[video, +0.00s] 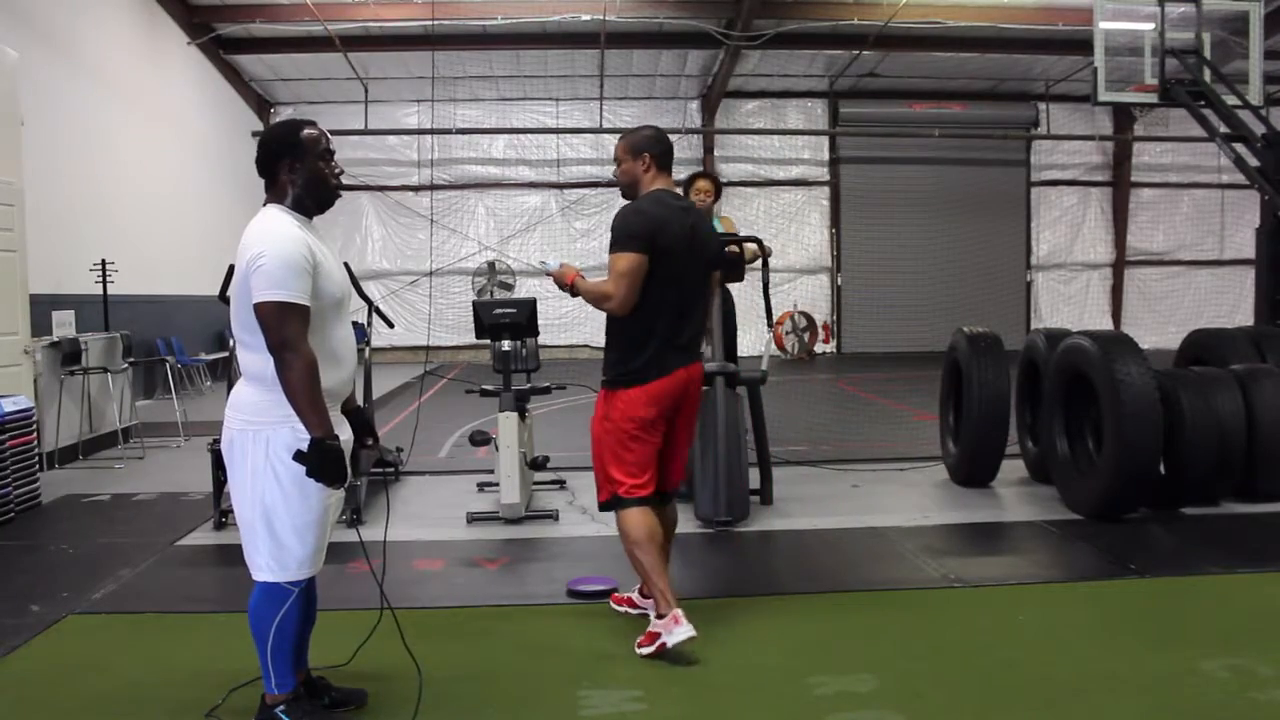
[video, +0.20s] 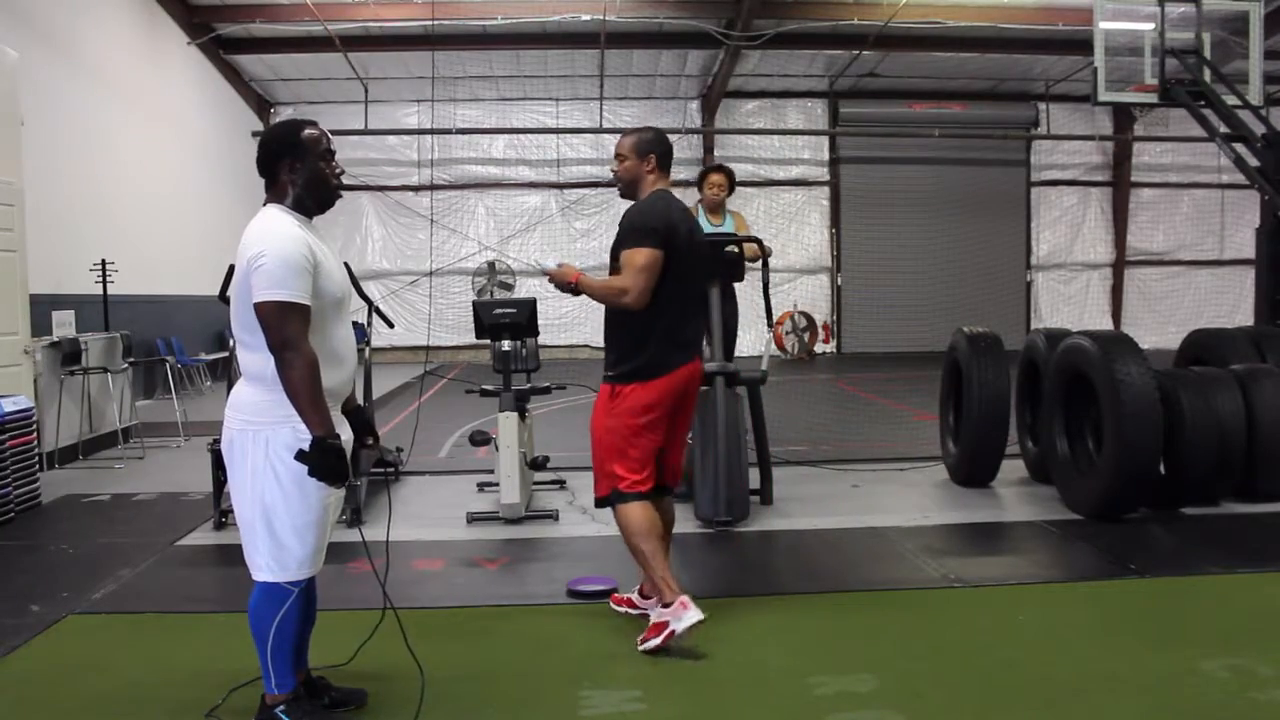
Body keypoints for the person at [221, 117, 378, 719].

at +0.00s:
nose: (338, 168)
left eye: (335, 156)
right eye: (326, 158)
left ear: (295, 171)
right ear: (291, 170)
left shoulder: (298, 237)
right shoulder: (276, 239)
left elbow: (316, 343)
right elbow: (286, 349)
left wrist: (353, 410)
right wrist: (323, 437)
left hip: (299, 429)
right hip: (275, 432)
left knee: (299, 566)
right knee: (282, 571)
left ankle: (296, 680)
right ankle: (280, 697)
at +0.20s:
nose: (339, 169)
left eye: (336, 157)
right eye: (327, 159)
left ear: (295, 171)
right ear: (292, 170)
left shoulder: (298, 236)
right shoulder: (276, 238)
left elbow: (314, 343)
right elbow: (287, 347)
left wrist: (353, 409)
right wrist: (324, 435)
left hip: (298, 429)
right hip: (275, 432)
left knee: (299, 566)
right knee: (282, 571)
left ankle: (296, 681)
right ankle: (280, 698)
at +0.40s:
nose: (340, 170)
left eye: (337, 158)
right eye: (328, 159)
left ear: (295, 172)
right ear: (292, 170)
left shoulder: (296, 239)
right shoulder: (275, 242)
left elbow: (315, 345)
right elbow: (285, 351)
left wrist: (352, 411)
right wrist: (324, 440)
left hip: (300, 429)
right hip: (276, 433)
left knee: (299, 567)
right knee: (283, 572)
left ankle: (297, 681)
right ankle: (280, 698)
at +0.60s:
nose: (341, 170)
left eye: (337, 158)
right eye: (329, 159)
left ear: (295, 171)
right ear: (294, 169)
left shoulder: (297, 239)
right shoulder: (276, 242)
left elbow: (315, 346)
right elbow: (284, 353)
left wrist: (351, 412)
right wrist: (318, 442)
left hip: (300, 428)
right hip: (278, 432)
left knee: (300, 566)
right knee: (283, 572)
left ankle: (296, 681)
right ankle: (280, 698)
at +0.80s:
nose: (343, 170)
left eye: (339, 158)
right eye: (330, 159)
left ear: (296, 171)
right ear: (295, 169)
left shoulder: (299, 240)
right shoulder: (277, 243)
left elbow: (317, 345)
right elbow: (285, 353)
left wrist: (353, 412)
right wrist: (321, 442)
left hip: (302, 429)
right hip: (278, 433)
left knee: (301, 566)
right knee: (284, 571)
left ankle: (296, 681)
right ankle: (280, 699)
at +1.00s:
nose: (344, 171)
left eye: (340, 159)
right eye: (332, 160)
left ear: (300, 172)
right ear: (297, 170)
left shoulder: (302, 239)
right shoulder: (279, 241)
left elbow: (317, 340)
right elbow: (285, 348)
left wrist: (358, 400)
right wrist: (341, 426)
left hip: (306, 429)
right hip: (281, 434)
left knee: (302, 565)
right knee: (283, 570)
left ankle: (297, 681)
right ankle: (280, 698)